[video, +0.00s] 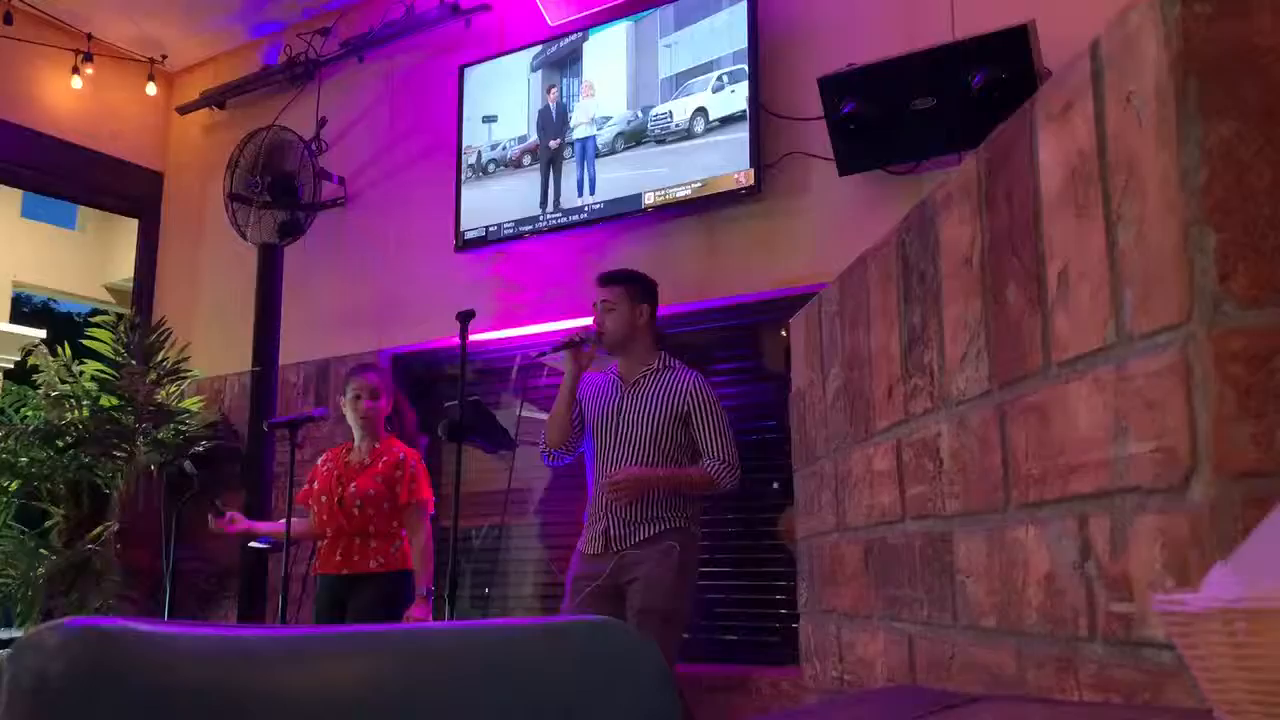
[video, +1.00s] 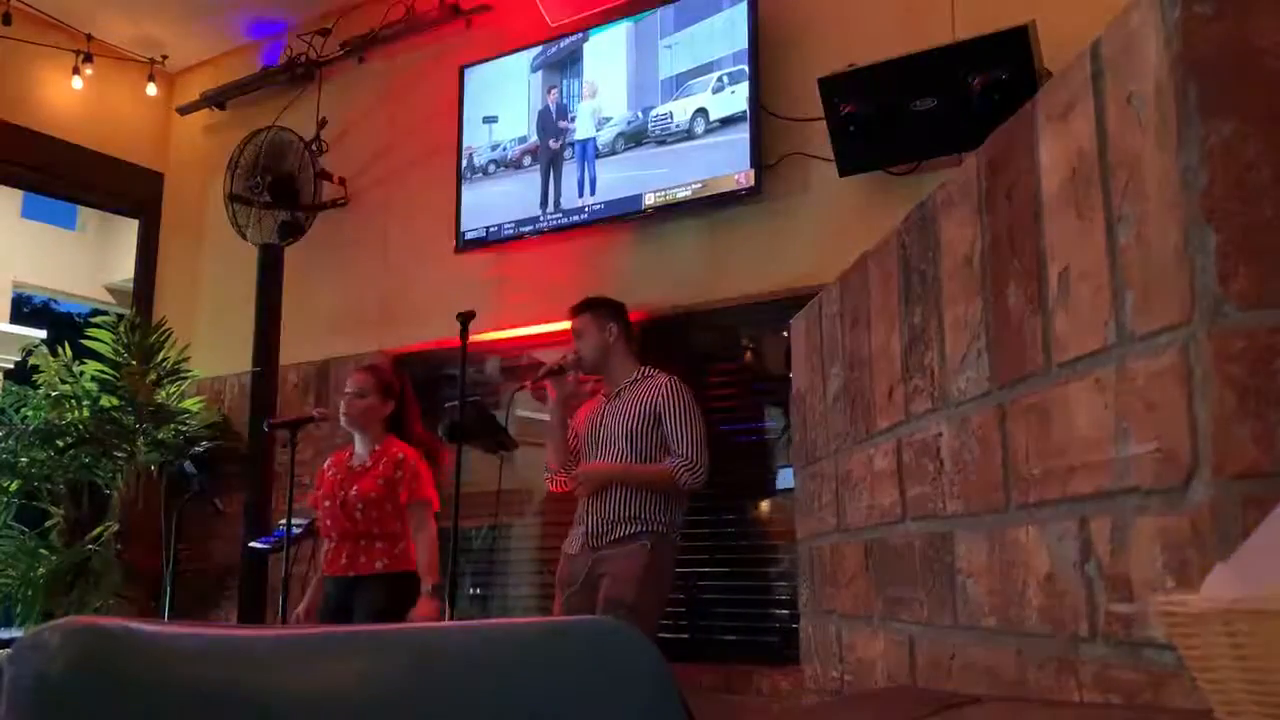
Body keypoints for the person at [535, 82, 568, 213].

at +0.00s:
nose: (556, 94)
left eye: (556, 92)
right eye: (553, 92)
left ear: (558, 94)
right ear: (548, 94)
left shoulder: (562, 108)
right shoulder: (542, 111)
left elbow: (565, 125)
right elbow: (539, 130)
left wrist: (560, 139)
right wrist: (548, 142)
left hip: (558, 146)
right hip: (546, 147)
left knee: (557, 176)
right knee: (544, 177)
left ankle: (557, 203)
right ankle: (543, 205)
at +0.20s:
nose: (556, 95)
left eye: (557, 93)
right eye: (553, 93)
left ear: (558, 94)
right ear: (548, 95)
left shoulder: (562, 108)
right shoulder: (542, 111)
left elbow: (566, 126)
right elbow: (539, 131)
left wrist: (559, 140)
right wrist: (548, 143)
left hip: (558, 147)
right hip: (546, 148)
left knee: (557, 177)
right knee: (544, 178)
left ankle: (556, 204)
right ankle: (543, 206)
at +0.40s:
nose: (556, 95)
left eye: (557, 93)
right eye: (554, 93)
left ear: (558, 94)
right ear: (548, 95)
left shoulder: (562, 109)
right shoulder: (542, 112)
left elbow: (565, 126)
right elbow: (539, 131)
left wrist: (560, 140)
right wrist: (548, 142)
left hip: (558, 147)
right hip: (546, 148)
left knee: (557, 178)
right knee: (545, 178)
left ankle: (557, 204)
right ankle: (543, 206)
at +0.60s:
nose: (556, 96)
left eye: (557, 93)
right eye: (554, 94)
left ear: (558, 95)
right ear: (548, 96)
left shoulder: (562, 108)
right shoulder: (542, 111)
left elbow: (565, 126)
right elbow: (539, 131)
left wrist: (559, 140)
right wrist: (548, 143)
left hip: (558, 147)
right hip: (546, 148)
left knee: (557, 177)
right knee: (545, 178)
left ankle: (557, 204)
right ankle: (543, 206)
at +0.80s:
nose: (556, 96)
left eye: (557, 93)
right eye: (554, 94)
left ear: (558, 95)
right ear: (548, 96)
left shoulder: (563, 108)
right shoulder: (542, 111)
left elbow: (565, 126)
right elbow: (539, 131)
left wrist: (560, 140)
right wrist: (548, 142)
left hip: (559, 147)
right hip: (546, 148)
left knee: (558, 177)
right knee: (545, 178)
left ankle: (557, 204)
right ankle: (543, 206)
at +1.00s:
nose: (556, 96)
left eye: (557, 93)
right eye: (553, 94)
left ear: (558, 95)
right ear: (548, 96)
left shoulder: (563, 108)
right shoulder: (542, 112)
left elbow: (565, 126)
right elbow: (539, 130)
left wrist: (561, 139)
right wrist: (548, 142)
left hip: (559, 147)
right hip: (546, 148)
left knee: (558, 178)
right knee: (545, 178)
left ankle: (557, 204)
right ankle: (543, 206)